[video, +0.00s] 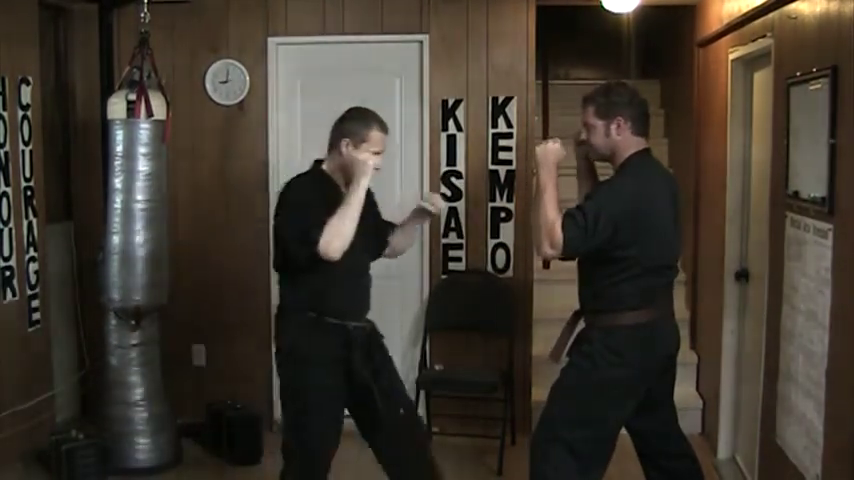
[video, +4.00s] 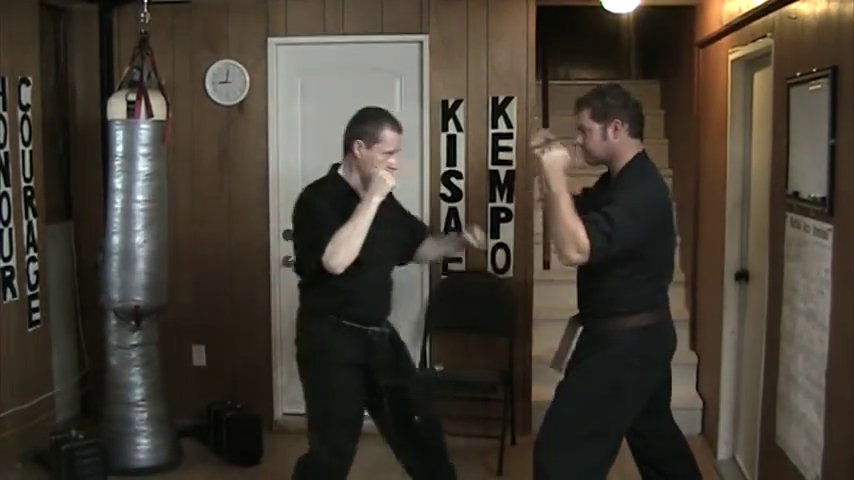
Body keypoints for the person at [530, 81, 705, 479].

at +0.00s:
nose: (584, 137)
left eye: (589, 128)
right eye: (583, 128)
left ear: (618, 127)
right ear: (625, 126)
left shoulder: (624, 187)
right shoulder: (662, 180)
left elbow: (555, 242)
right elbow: (599, 222)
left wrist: (546, 169)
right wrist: (585, 161)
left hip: (616, 342)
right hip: (657, 336)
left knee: (556, 450)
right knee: (664, 447)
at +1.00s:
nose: (575, 140)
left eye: (582, 131)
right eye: (575, 131)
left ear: (613, 130)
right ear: (612, 131)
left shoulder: (633, 188)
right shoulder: (612, 182)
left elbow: (580, 255)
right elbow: (551, 215)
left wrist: (566, 182)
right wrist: (516, 176)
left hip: (621, 342)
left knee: (558, 456)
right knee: (659, 450)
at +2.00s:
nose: (585, 136)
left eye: (590, 126)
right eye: (584, 127)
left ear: (621, 126)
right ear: (624, 127)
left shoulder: (623, 186)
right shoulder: (659, 181)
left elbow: (556, 238)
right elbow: (591, 229)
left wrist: (543, 164)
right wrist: (575, 167)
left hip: (613, 341)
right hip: (652, 336)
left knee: (555, 452)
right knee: (661, 447)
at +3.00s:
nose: (586, 135)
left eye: (591, 125)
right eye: (585, 125)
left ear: (621, 126)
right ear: (626, 126)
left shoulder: (621, 187)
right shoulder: (662, 179)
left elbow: (550, 247)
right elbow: (602, 220)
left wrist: (540, 185)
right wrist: (587, 163)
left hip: (616, 342)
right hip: (659, 337)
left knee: (557, 455)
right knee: (666, 449)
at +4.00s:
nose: (577, 141)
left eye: (583, 131)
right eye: (578, 132)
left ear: (615, 129)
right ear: (615, 131)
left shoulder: (637, 188)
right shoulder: (622, 180)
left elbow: (574, 250)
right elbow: (566, 216)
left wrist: (555, 175)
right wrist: (546, 170)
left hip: (627, 343)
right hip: (630, 336)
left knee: (559, 456)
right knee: (659, 448)